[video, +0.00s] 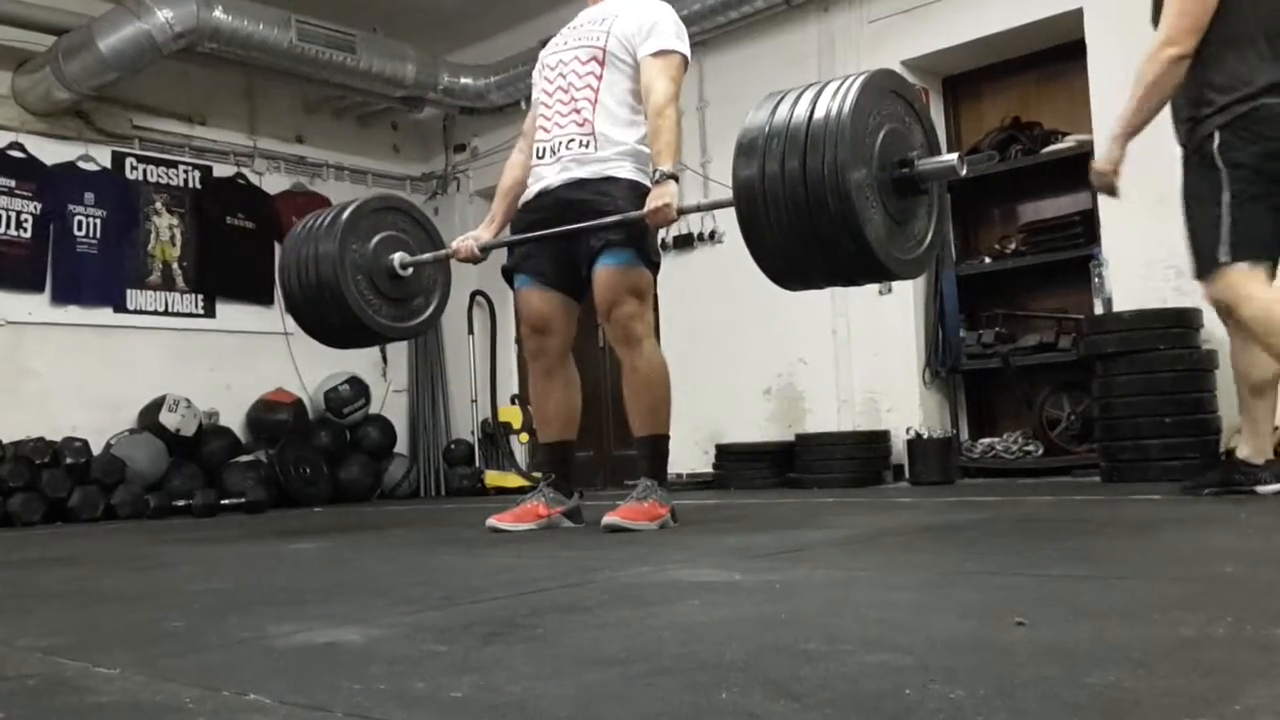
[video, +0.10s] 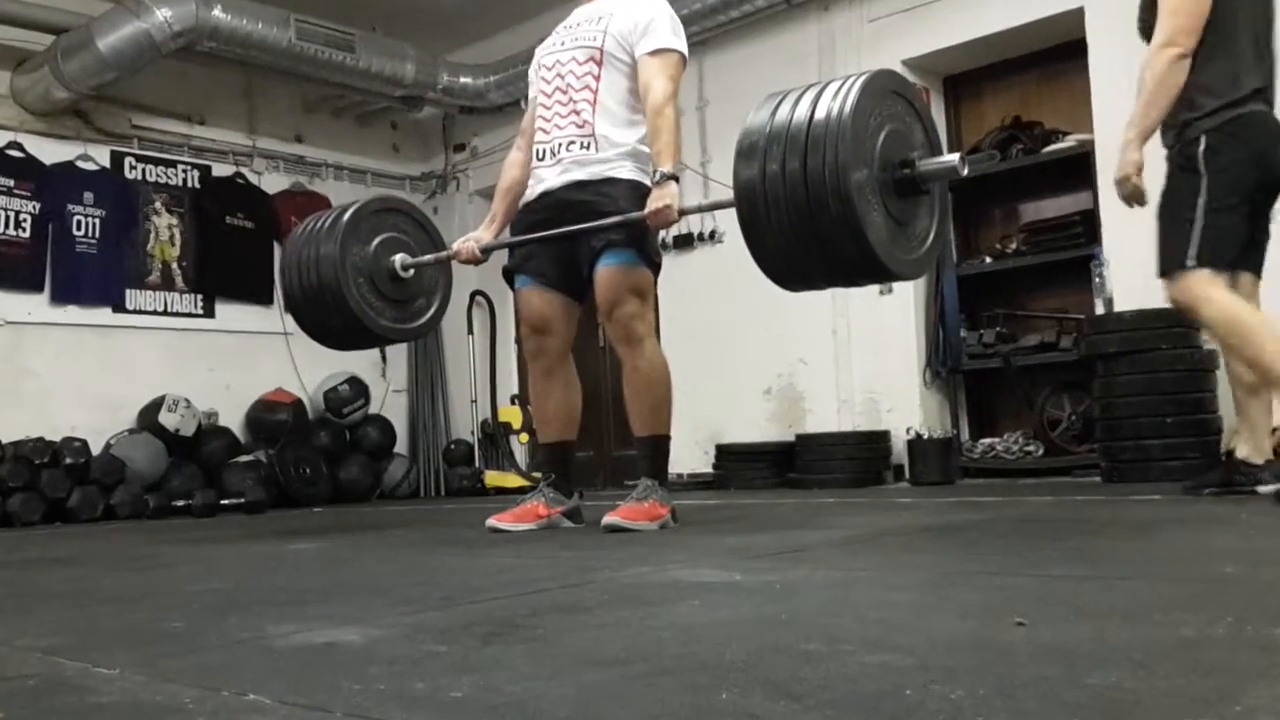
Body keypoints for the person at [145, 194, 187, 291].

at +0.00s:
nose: (159, 211)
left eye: (160, 209)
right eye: (157, 210)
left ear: (164, 208)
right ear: (155, 210)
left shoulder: (171, 219)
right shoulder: (154, 219)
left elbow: (177, 234)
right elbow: (153, 233)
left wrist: (177, 248)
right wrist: (151, 244)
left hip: (169, 243)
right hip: (159, 243)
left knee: (174, 264)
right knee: (157, 261)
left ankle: (179, 282)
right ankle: (156, 277)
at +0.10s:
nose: (159, 211)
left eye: (160, 209)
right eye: (157, 210)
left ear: (164, 208)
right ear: (155, 210)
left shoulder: (170, 219)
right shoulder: (154, 219)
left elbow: (177, 234)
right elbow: (153, 233)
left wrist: (177, 248)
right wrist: (150, 244)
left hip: (169, 243)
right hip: (158, 243)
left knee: (173, 264)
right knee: (156, 261)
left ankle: (179, 282)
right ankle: (155, 277)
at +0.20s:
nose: (160, 211)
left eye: (161, 209)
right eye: (158, 209)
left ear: (164, 208)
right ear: (156, 210)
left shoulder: (171, 219)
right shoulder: (155, 219)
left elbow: (177, 235)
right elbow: (153, 233)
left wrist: (178, 248)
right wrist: (152, 244)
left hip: (169, 243)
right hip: (159, 242)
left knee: (174, 264)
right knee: (157, 261)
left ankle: (179, 282)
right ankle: (156, 277)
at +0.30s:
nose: (160, 211)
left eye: (162, 209)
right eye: (158, 210)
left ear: (165, 208)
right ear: (156, 210)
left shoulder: (172, 220)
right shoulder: (156, 220)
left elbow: (178, 235)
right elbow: (154, 233)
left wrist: (179, 248)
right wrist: (152, 245)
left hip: (170, 243)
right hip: (159, 243)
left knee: (175, 265)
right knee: (158, 261)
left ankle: (180, 283)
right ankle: (157, 277)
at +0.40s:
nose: (162, 211)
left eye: (163, 209)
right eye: (160, 210)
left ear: (166, 208)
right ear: (157, 210)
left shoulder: (173, 220)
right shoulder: (156, 220)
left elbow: (179, 235)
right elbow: (155, 233)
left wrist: (179, 249)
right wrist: (153, 245)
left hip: (171, 243)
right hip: (160, 243)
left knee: (176, 265)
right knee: (158, 262)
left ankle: (181, 283)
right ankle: (158, 277)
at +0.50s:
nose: (162, 211)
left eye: (163, 209)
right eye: (160, 210)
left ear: (166, 208)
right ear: (157, 210)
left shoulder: (173, 220)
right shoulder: (156, 220)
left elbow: (179, 235)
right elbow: (155, 233)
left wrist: (179, 249)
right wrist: (153, 245)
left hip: (171, 243)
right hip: (160, 243)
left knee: (175, 265)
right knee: (158, 262)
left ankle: (181, 283)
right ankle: (158, 277)